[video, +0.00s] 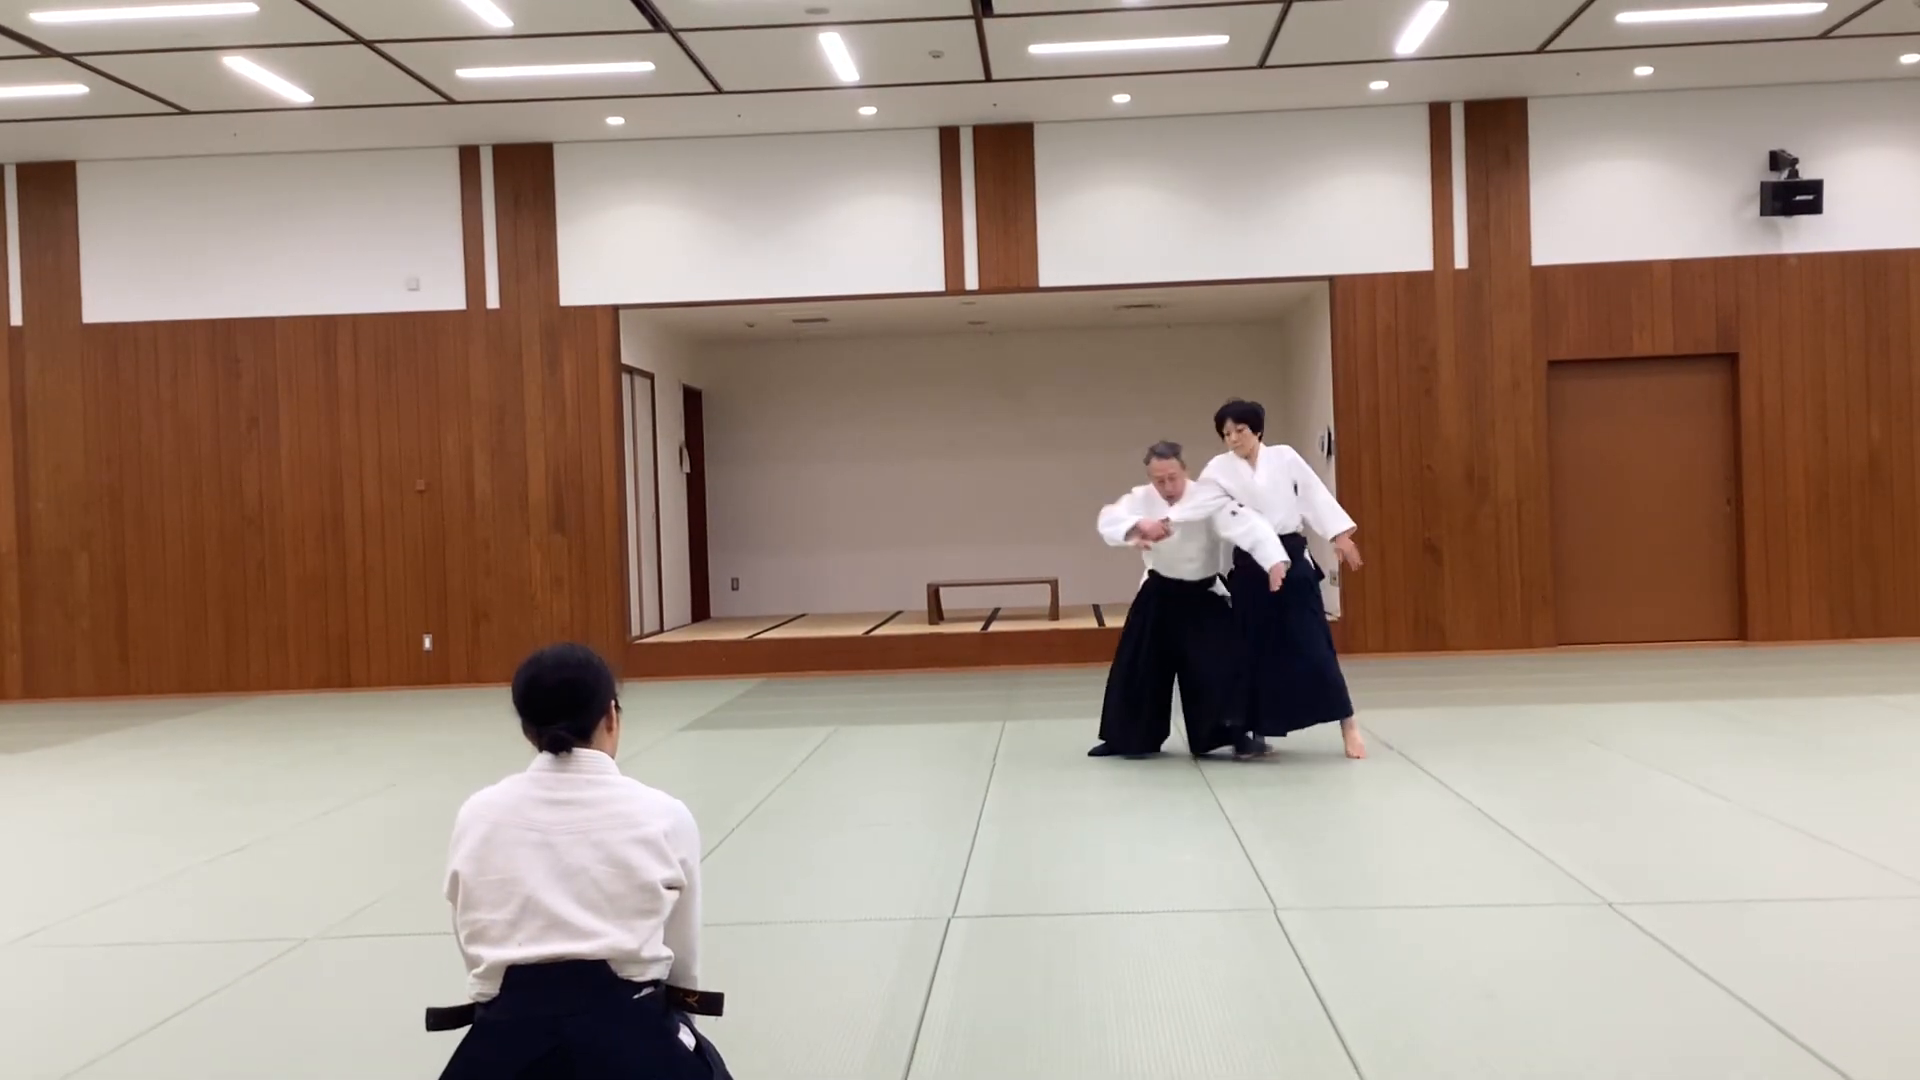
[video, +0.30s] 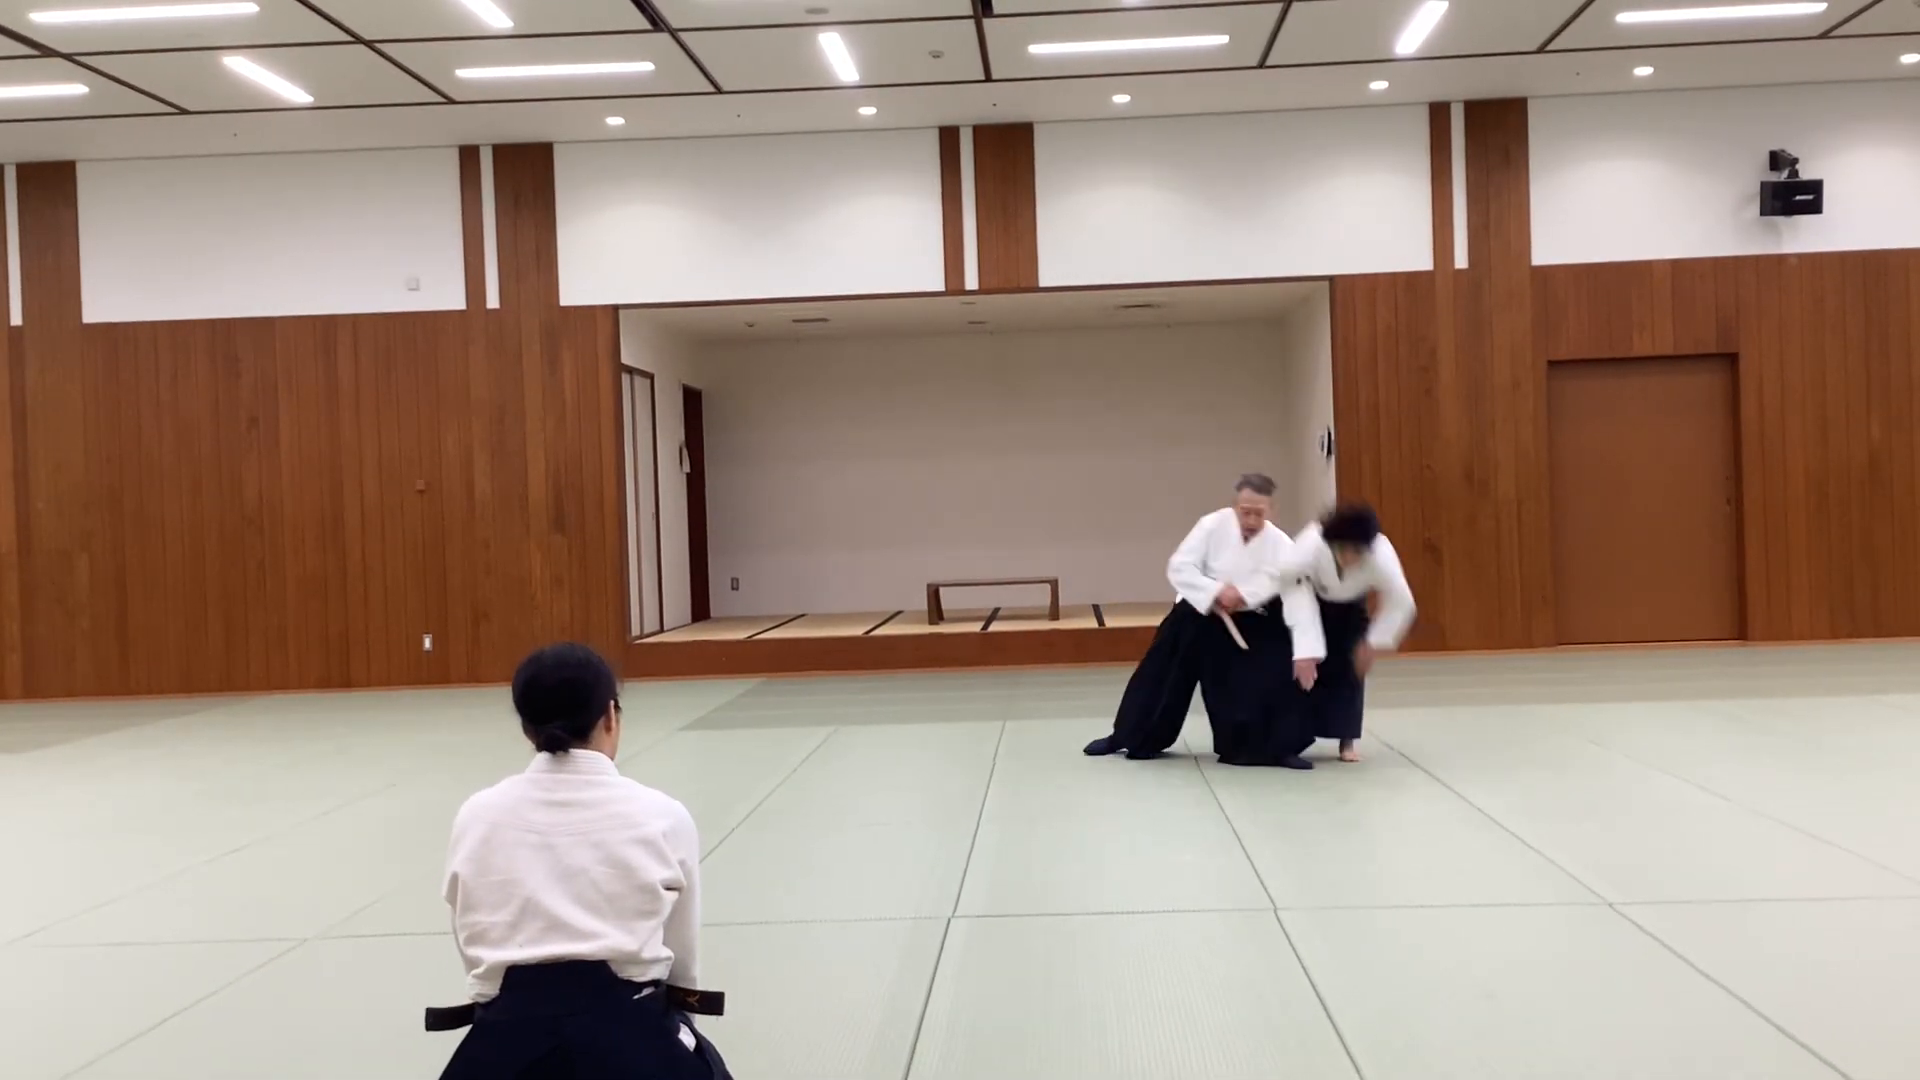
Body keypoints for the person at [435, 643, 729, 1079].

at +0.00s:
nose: (618, 721)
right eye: (617, 711)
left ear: (527, 732)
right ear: (612, 718)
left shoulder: (478, 814)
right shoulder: (663, 815)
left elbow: (474, 952)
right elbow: (682, 967)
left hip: (507, 1042)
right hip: (631, 1041)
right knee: (701, 1052)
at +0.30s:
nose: (618, 721)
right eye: (618, 710)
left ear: (527, 730)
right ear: (610, 717)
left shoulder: (477, 816)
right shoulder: (662, 816)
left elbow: (472, 951)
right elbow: (682, 965)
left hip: (507, 1043)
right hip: (631, 1041)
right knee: (701, 1052)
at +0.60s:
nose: (620, 722)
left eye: (619, 710)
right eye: (619, 711)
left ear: (527, 725)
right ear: (610, 717)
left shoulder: (474, 817)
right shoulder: (660, 817)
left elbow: (471, 952)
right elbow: (681, 966)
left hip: (507, 1043)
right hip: (630, 1041)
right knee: (700, 1052)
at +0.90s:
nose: (619, 722)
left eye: (618, 710)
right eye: (618, 710)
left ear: (527, 722)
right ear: (607, 716)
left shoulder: (473, 817)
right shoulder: (658, 816)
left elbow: (470, 951)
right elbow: (680, 965)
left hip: (506, 1043)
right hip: (630, 1041)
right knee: (699, 1050)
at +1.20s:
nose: (619, 725)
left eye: (619, 713)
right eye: (618, 713)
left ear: (526, 723)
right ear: (605, 719)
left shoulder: (471, 818)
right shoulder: (657, 817)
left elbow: (469, 952)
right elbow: (680, 965)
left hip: (506, 1044)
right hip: (629, 1043)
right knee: (699, 1049)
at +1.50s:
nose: (619, 726)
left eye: (619, 713)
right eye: (618, 714)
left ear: (526, 723)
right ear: (603, 721)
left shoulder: (470, 818)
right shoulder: (656, 816)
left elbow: (469, 951)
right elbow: (680, 964)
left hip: (504, 1044)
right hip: (629, 1042)